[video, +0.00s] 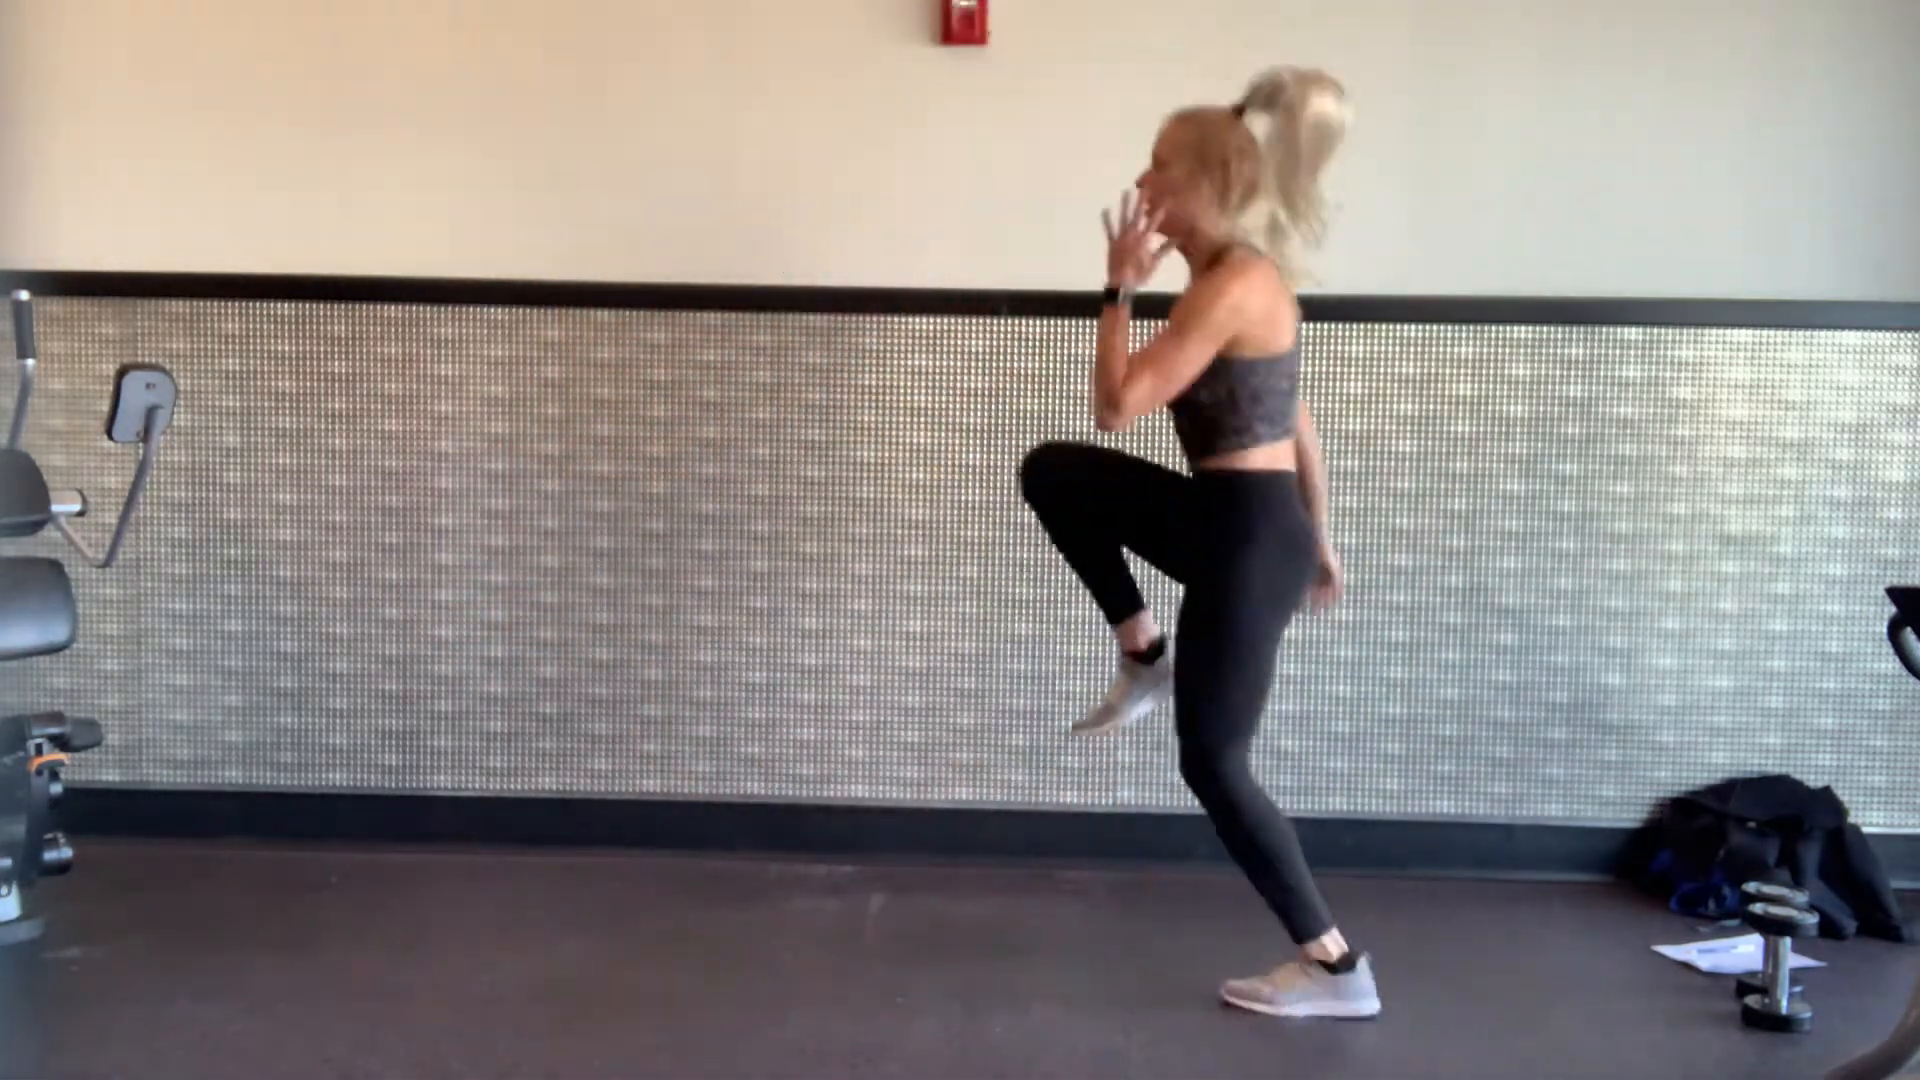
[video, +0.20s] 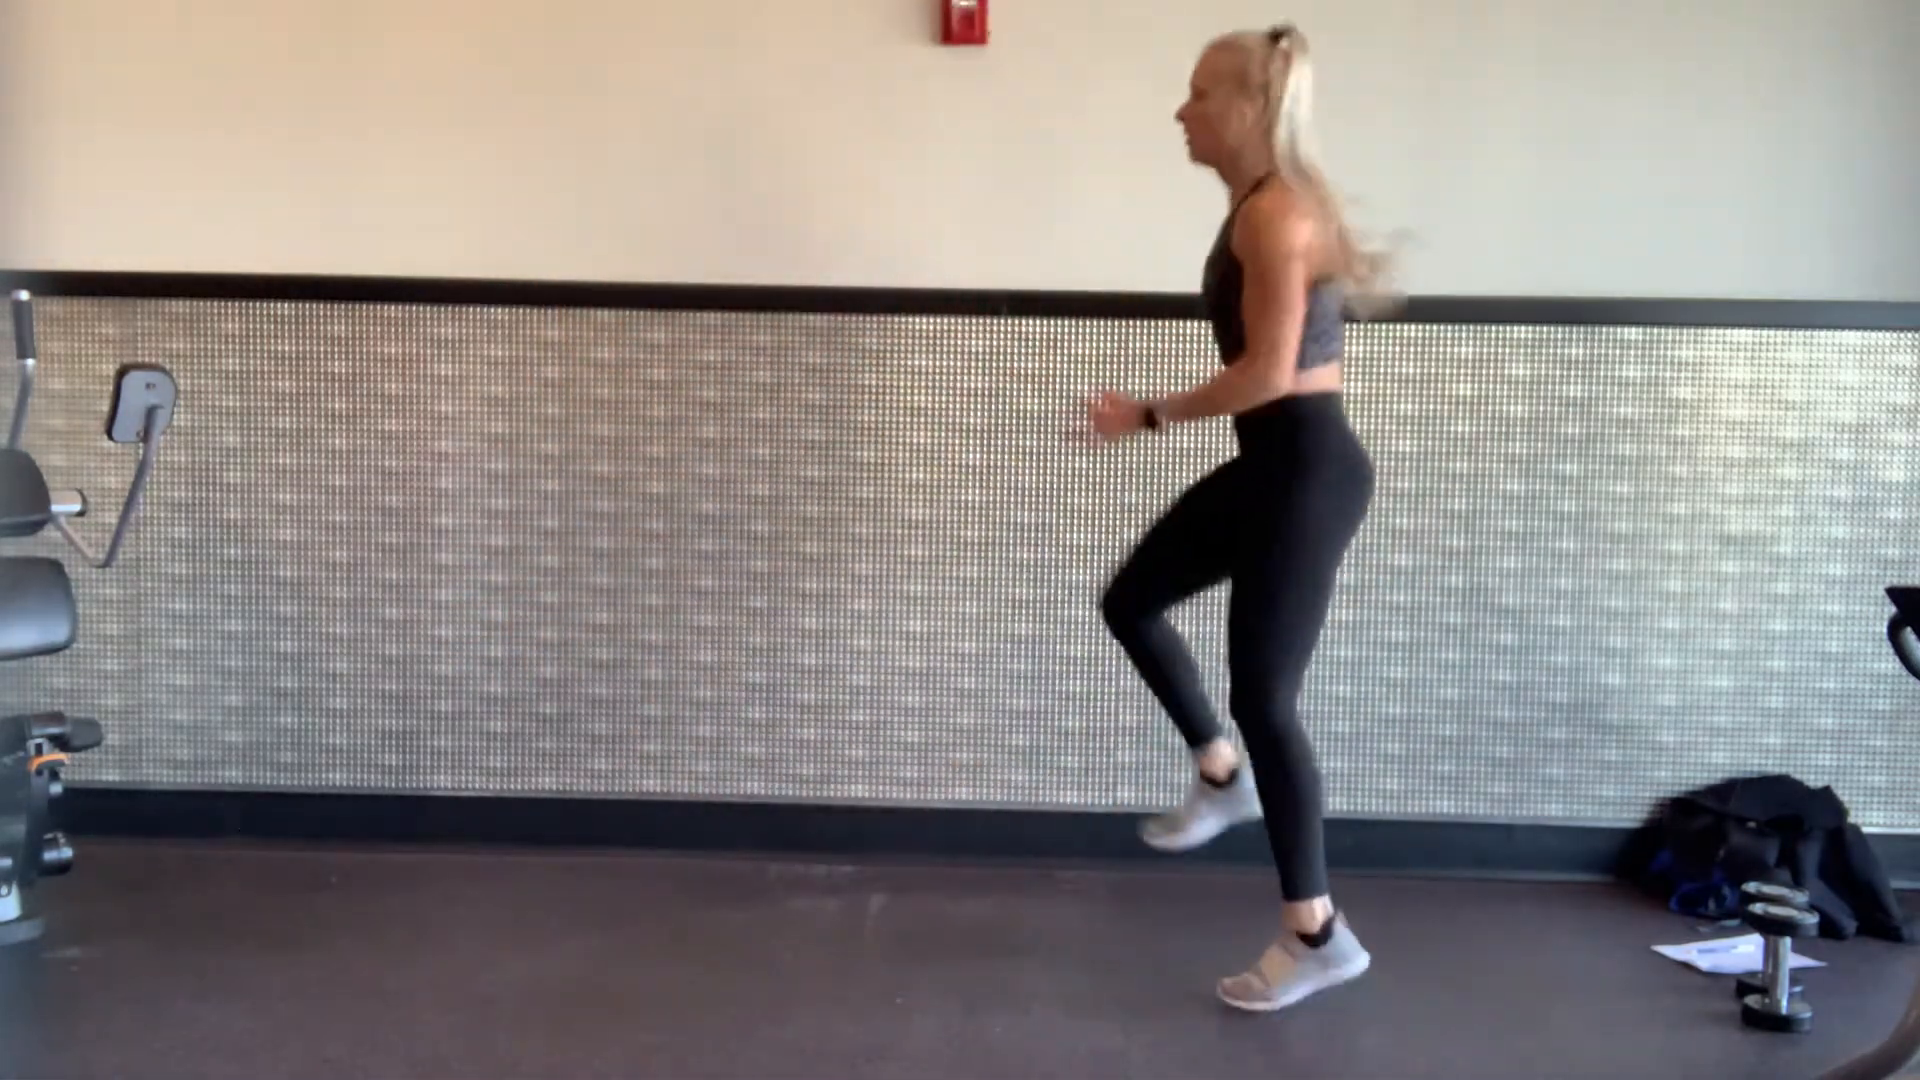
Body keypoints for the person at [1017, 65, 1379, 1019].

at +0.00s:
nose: (1146, 183)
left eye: (1163, 170)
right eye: (1152, 166)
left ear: (1210, 190)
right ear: (1219, 191)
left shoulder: (1237, 285)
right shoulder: (1238, 277)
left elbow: (1115, 406)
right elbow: (1293, 424)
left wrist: (1119, 283)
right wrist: (1316, 534)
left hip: (1252, 536)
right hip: (1234, 519)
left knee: (1211, 757)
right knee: (1048, 474)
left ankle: (1332, 961)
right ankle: (1142, 649)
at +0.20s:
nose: (1183, 110)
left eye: (1198, 96)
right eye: (1190, 94)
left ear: (1244, 112)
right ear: (1248, 113)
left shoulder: (1279, 217)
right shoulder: (1265, 208)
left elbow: (1268, 375)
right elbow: (1288, 366)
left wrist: (1147, 411)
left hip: (1306, 473)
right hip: (1275, 466)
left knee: (1265, 699)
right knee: (1130, 604)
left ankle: (1314, 931)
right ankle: (1218, 767)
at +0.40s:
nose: (1191, 205)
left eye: (1208, 193)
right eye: (1198, 189)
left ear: (1259, 213)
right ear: (1254, 215)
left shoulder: (1306, 307)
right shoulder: (1246, 308)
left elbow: (1336, 465)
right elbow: (1244, 447)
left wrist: (1209, 478)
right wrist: (1153, 462)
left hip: (1367, 552)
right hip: (1317, 549)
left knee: (1281, 745)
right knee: (1242, 719)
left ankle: (1377, 985)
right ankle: (1322, 896)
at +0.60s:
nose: (1171, 424)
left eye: (1185, 411)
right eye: (1177, 409)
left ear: (1231, 430)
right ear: (1235, 432)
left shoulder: (1286, 508)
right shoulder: (1239, 519)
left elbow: (1216, 656)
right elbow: (1167, 631)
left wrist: (1151, 561)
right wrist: (1144, 552)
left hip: (1445, 697)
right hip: (1382, 687)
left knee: (1288, 773)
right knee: (1234, 728)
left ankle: (1378, 996)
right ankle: (1319, 903)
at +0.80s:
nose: (1172, 469)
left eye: (1186, 458)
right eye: (1175, 456)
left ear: (1236, 471)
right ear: (1236, 474)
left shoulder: (1286, 549)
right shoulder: (1245, 554)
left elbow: (1214, 695)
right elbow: (1193, 663)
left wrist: (1152, 597)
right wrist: (1149, 590)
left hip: (1454, 730)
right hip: (1395, 713)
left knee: (1285, 777)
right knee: (1239, 733)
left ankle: (1378, 997)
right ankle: (1315, 903)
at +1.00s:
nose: (1165, 421)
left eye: (1176, 406)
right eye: (1167, 405)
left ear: (1230, 414)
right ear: (1233, 416)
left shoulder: (1281, 500)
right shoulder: (1246, 497)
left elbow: (1198, 635)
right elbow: (1180, 603)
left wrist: (1137, 538)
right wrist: (1135, 534)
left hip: (1449, 683)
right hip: (1397, 668)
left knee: (1287, 768)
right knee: (1242, 722)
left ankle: (1377, 994)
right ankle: (1321, 900)